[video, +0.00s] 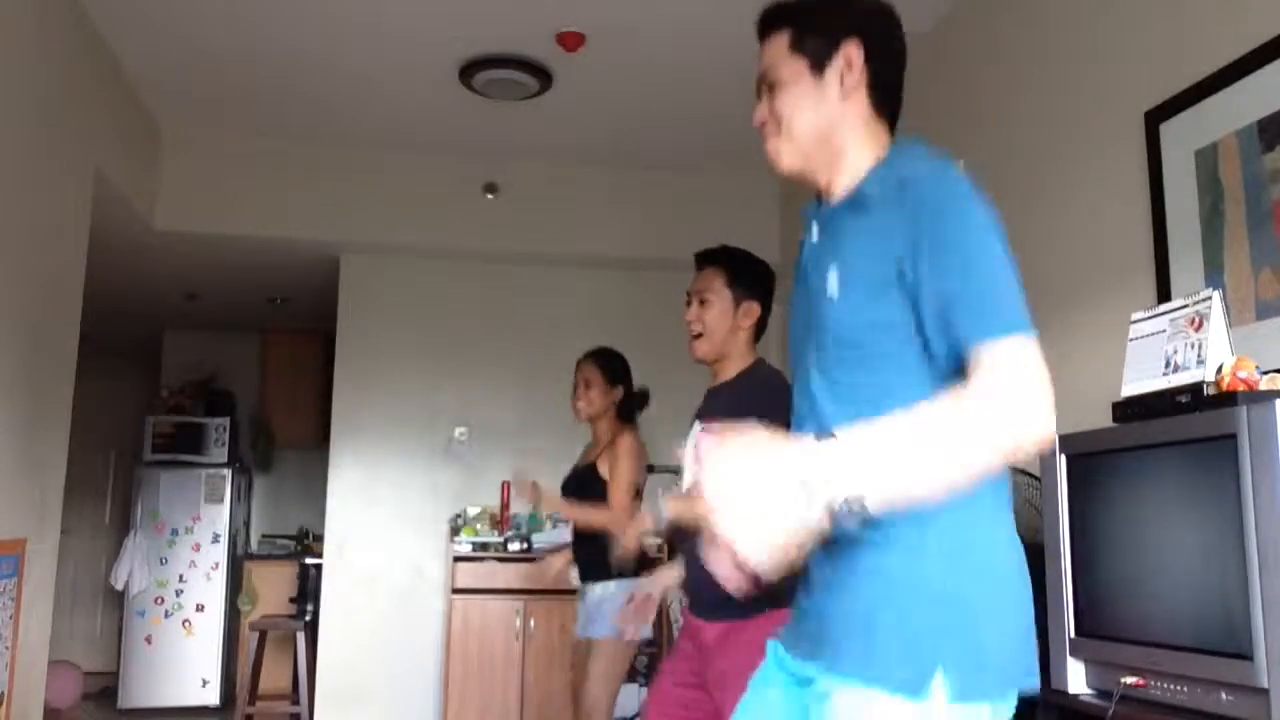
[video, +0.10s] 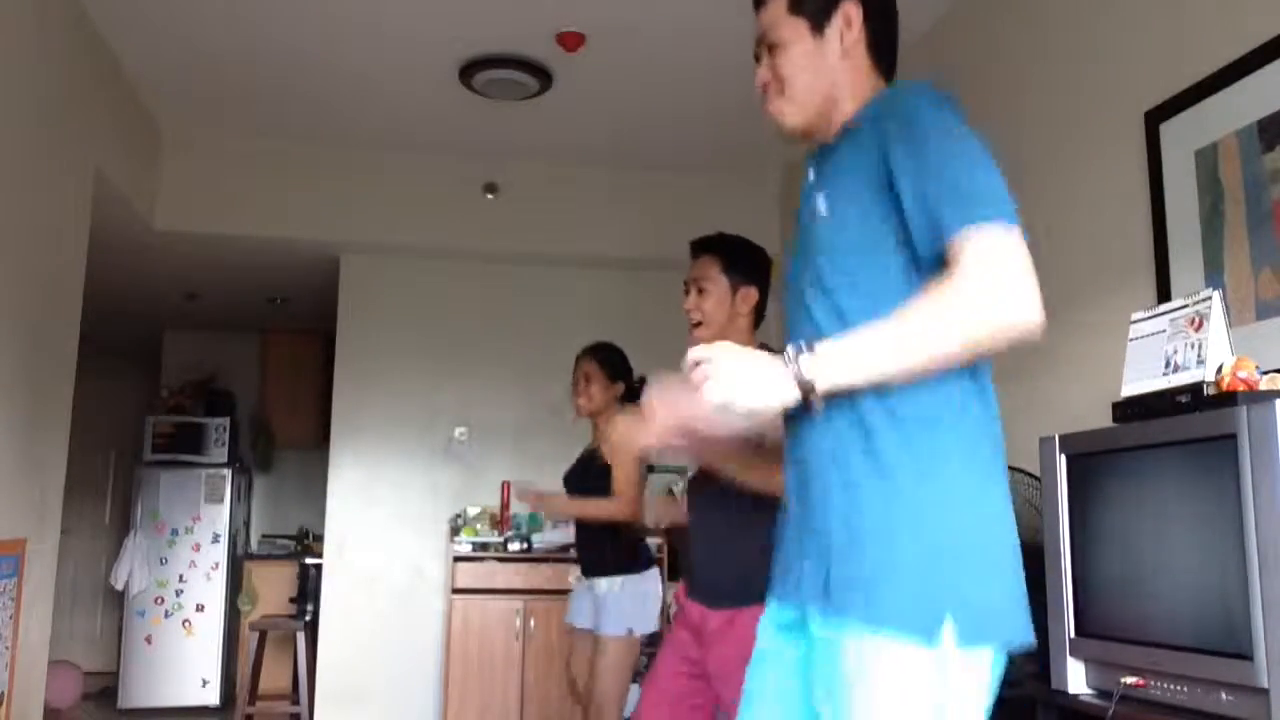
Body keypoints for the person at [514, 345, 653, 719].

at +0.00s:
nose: (578, 395)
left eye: (589, 386)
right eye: (577, 386)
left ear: (617, 393)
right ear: (576, 390)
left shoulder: (625, 443)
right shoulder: (596, 443)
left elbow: (620, 516)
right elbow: (596, 525)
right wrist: (557, 562)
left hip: (620, 589)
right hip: (593, 587)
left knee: (594, 703)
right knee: (580, 698)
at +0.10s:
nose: (580, 390)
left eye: (590, 381)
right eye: (577, 381)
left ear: (617, 387)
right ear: (573, 385)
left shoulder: (624, 428)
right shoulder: (598, 435)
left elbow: (627, 507)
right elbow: (599, 503)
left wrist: (562, 507)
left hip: (625, 580)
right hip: (592, 577)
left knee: (605, 701)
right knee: (579, 684)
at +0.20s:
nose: (582, 407)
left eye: (591, 397)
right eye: (580, 398)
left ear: (618, 405)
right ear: (580, 406)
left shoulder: (621, 461)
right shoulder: (601, 463)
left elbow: (643, 528)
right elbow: (586, 532)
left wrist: (581, 559)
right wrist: (557, 496)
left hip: (628, 595)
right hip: (607, 594)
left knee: (606, 710)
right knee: (598, 707)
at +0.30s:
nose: (585, 417)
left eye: (597, 409)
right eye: (582, 408)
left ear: (622, 419)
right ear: (576, 412)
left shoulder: (623, 464)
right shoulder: (601, 466)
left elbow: (641, 541)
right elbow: (599, 538)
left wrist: (577, 569)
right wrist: (547, 527)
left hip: (626, 606)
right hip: (606, 603)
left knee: (598, 712)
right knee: (576, 704)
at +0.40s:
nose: (584, 398)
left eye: (595, 391)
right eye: (581, 390)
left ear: (620, 399)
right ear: (576, 396)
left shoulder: (627, 444)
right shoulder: (597, 449)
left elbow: (627, 524)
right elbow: (601, 522)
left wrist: (565, 517)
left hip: (625, 587)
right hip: (600, 586)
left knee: (603, 709)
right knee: (587, 705)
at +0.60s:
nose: (584, 401)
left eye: (594, 391)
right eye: (581, 392)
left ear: (618, 395)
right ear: (577, 395)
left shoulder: (630, 445)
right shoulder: (601, 450)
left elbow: (638, 526)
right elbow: (599, 517)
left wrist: (580, 551)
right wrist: (563, 502)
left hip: (635, 584)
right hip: (600, 583)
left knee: (618, 700)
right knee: (571, 684)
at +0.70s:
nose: (585, 422)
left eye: (593, 412)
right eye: (582, 412)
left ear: (615, 415)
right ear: (582, 419)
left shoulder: (632, 465)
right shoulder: (605, 474)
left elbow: (647, 539)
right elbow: (592, 538)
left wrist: (588, 570)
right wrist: (555, 501)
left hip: (638, 607)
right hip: (611, 605)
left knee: (605, 710)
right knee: (565, 691)